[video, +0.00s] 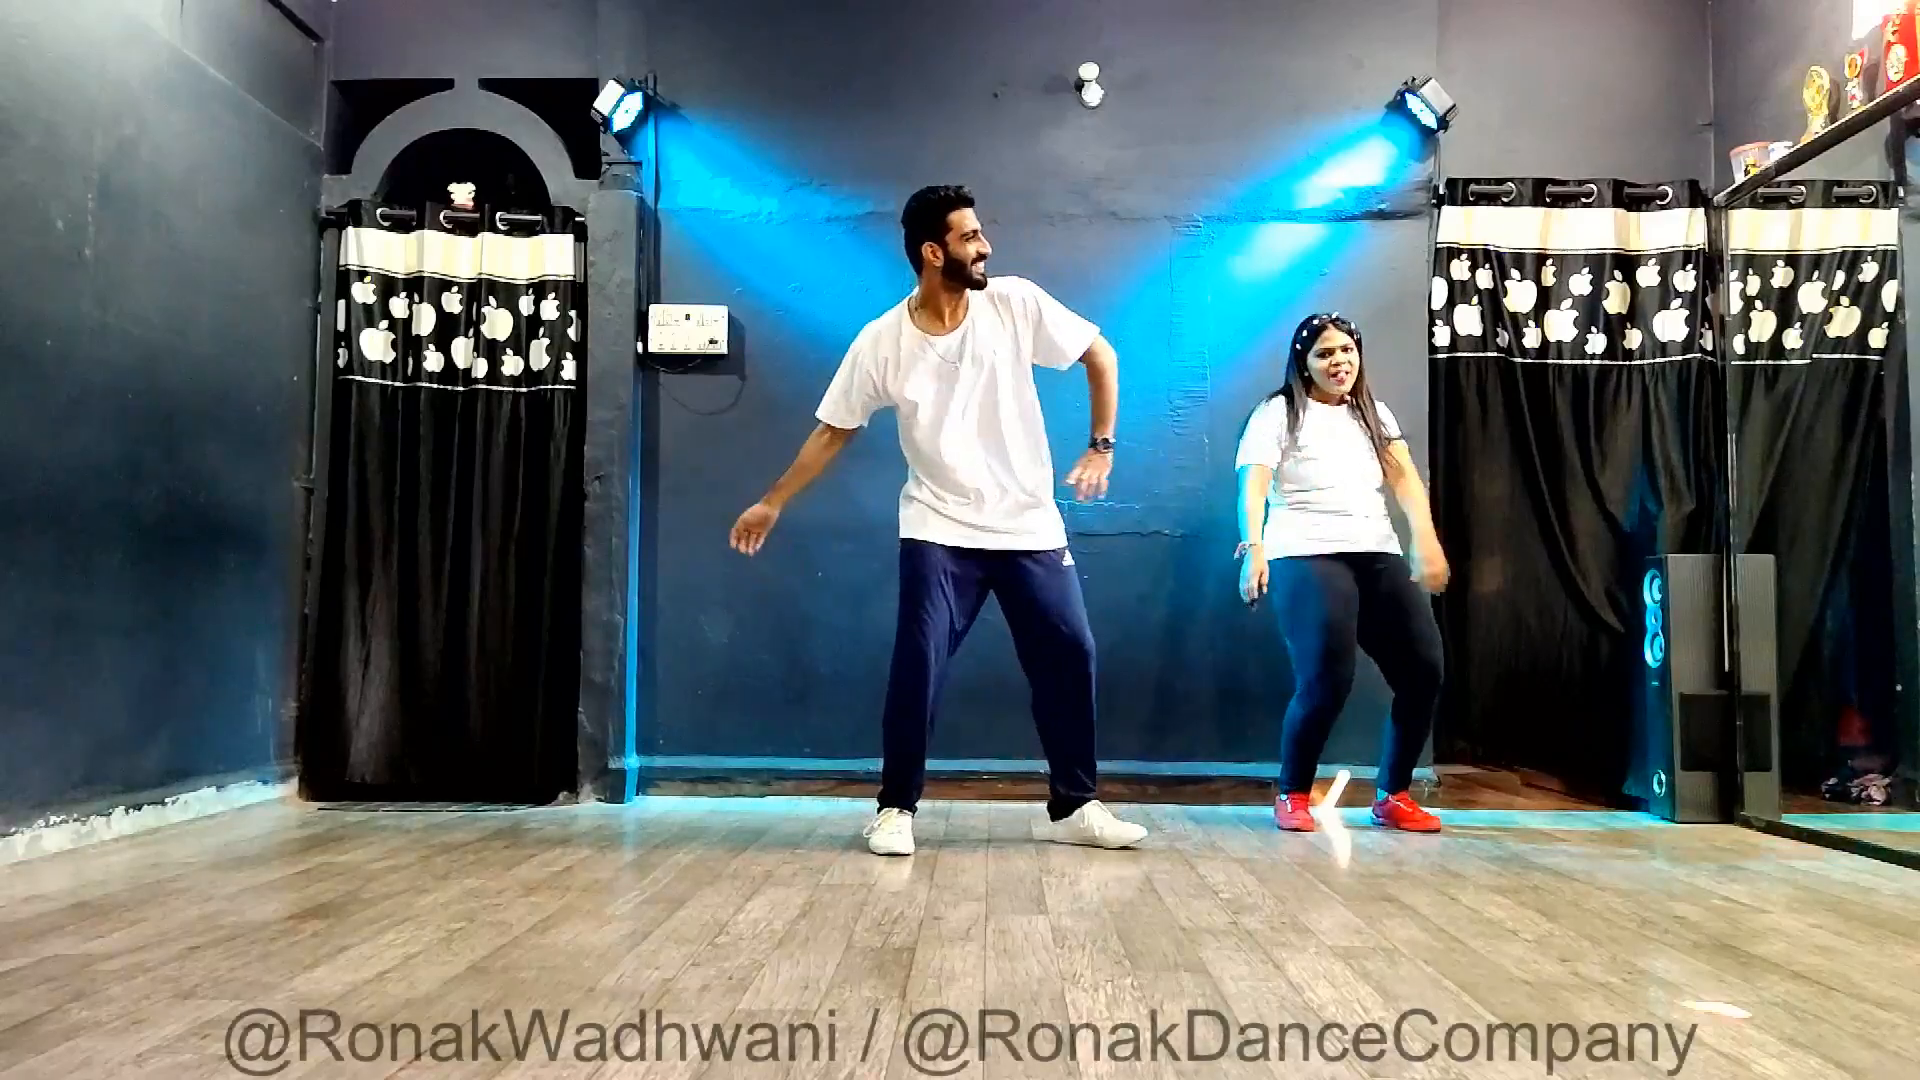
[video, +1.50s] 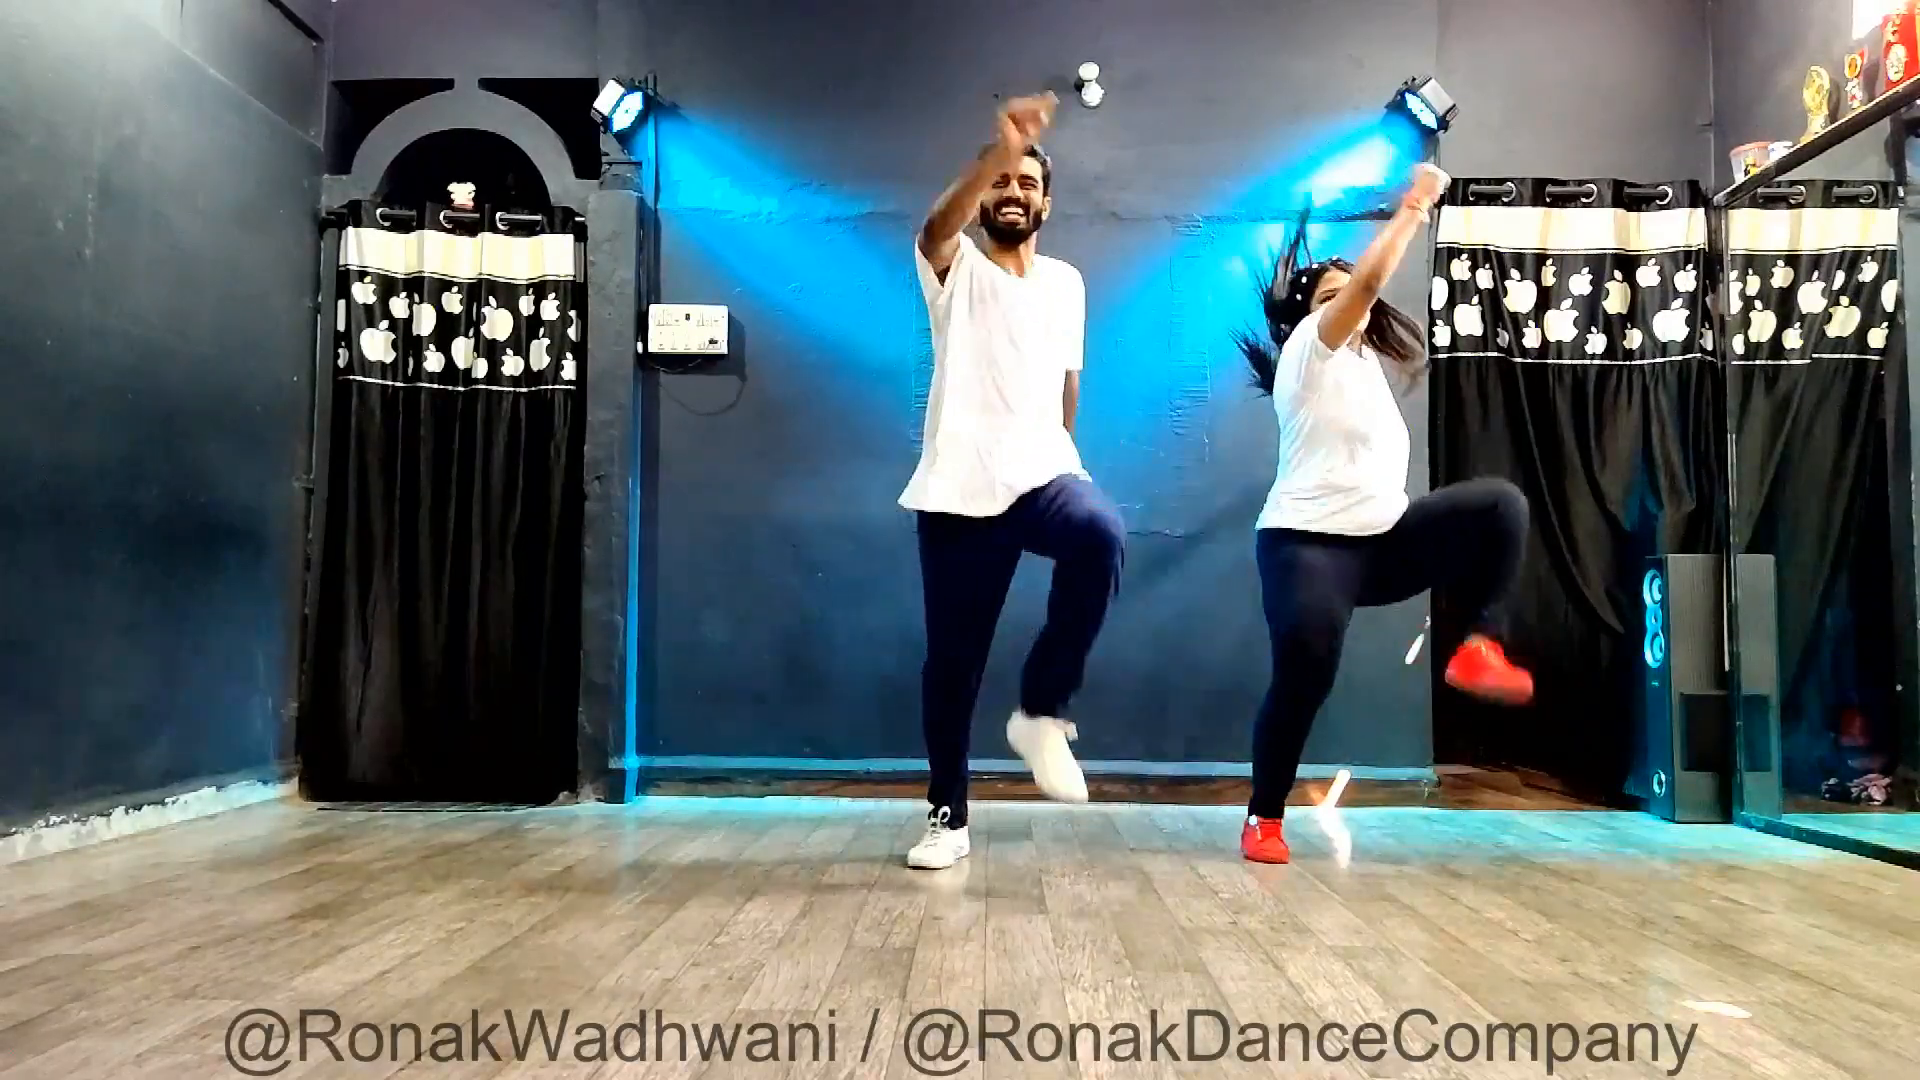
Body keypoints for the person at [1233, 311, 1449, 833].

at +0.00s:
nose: (1338, 361)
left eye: (1346, 350)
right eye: (1324, 354)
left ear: (1358, 355)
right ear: (1303, 362)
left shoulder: (1372, 412)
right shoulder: (1277, 413)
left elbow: (1405, 476)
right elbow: (1255, 483)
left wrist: (1426, 538)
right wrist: (1254, 547)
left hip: (1378, 553)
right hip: (1306, 552)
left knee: (1422, 669)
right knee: (1326, 674)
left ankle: (1392, 796)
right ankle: (1293, 795)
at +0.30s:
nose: (1348, 323)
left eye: (1360, 317)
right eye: (1338, 315)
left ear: (1375, 330)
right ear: (1321, 325)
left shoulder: (1387, 387)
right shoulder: (1289, 375)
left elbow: (1410, 458)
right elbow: (1281, 450)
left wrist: (1392, 496)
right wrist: (1325, 480)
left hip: (1364, 544)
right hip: (1289, 540)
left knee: (1382, 668)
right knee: (1297, 672)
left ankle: (1382, 792)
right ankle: (1288, 791)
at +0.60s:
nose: (1367, 326)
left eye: (1379, 319)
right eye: (1357, 319)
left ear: (1398, 333)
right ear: (1343, 329)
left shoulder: (1408, 386)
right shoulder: (1299, 373)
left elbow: (1392, 438)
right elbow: (1221, 400)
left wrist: (1304, 429)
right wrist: (1181, 378)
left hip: (1378, 544)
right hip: (1298, 538)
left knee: (1386, 675)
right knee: (1302, 671)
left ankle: (1381, 792)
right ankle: (1289, 793)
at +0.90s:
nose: (1291, 348)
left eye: (1301, 337)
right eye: (1279, 341)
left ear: (1322, 339)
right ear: (1265, 349)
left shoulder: (1356, 382)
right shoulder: (1273, 397)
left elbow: (1410, 460)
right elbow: (1252, 413)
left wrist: (1401, 546)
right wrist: (1195, 401)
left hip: (1380, 547)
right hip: (1304, 544)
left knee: (1390, 677)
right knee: (1293, 655)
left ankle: (1399, 790)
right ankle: (1293, 784)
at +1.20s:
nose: (1289, 301)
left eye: (1298, 292)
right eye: (1276, 296)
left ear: (1315, 302)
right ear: (1260, 312)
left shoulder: (1347, 346)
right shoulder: (1253, 380)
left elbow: (1396, 377)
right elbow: (1270, 455)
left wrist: (1449, 415)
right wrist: (1283, 520)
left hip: (1372, 520)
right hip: (1301, 540)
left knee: (1468, 538)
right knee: (1294, 680)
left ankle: (1427, 667)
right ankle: (1288, 794)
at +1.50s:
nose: (1354, 286)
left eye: (1354, 282)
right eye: (1340, 281)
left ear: (1352, 305)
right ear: (1311, 300)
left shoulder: (1367, 364)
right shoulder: (1306, 349)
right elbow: (1369, 282)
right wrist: (1413, 208)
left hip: (1381, 541)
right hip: (1307, 542)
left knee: (1499, 507)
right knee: (1306, 668)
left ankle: (1466, 642)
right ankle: (1264, 816)